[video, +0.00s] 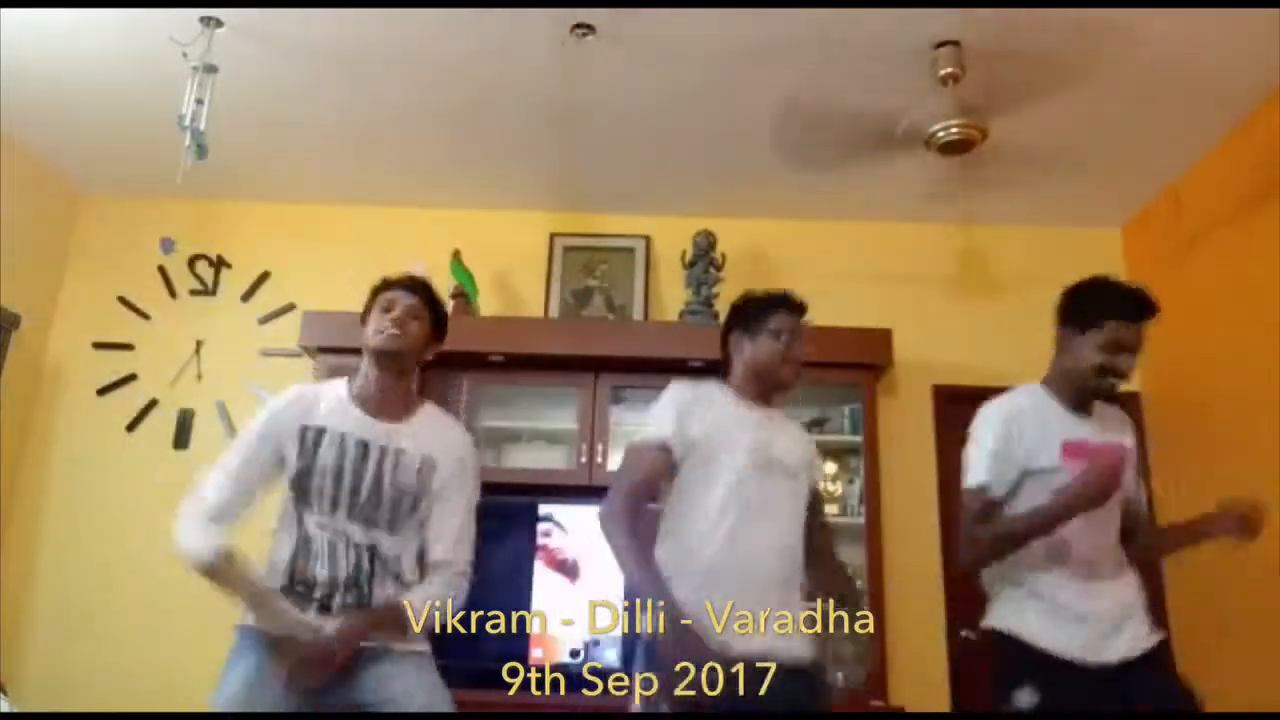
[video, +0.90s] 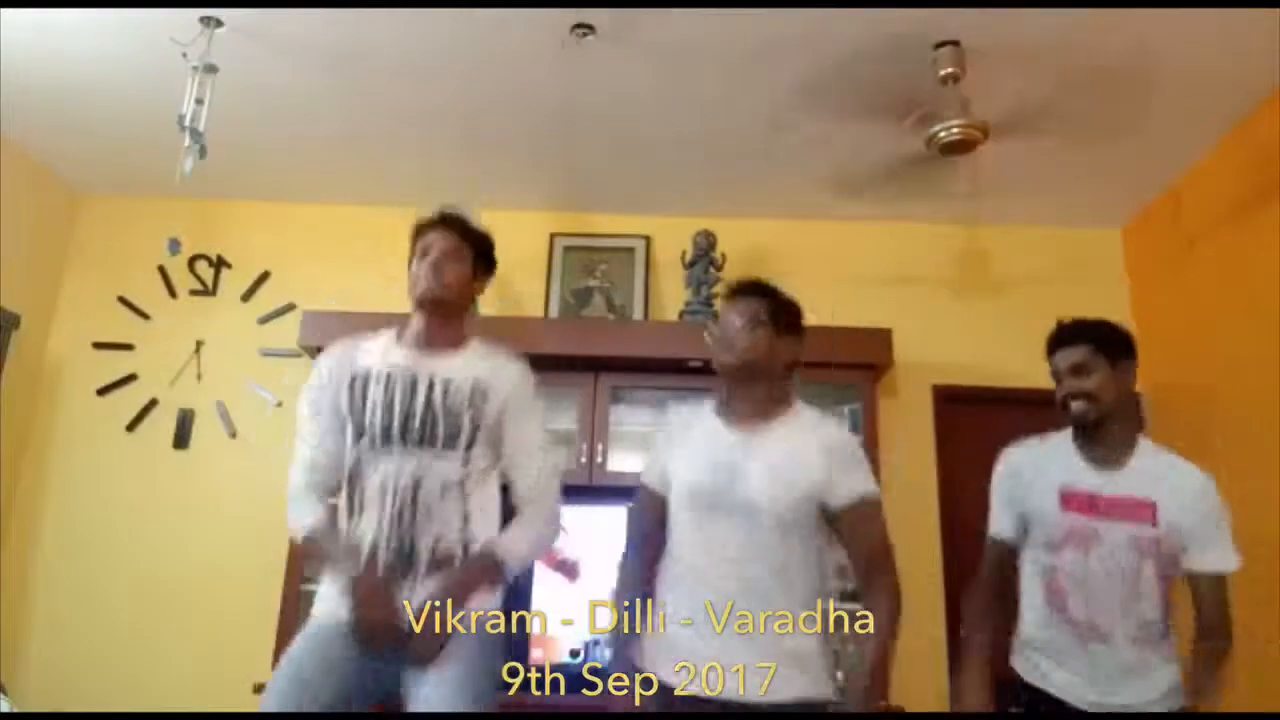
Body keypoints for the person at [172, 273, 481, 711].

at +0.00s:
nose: (394, 319)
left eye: (413, 316)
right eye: (385, 309)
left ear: (431, 346)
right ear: (364, 327)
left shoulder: (449, 443)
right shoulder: (301, 408)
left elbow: (450, 583)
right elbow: (197, 525)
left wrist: (356, 627)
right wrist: (284, 623)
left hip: (387, 649)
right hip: (279, 639)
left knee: (427, 706)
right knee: (238, 704)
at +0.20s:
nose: (429, 262)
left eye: (443, 254)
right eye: (414, 249)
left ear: (453, 274)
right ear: (384, 263)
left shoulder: (469, 368)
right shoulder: (327, 337)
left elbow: (470, 494)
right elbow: (266, 469)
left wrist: (549, 501)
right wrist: (320, 490)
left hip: (446, 578)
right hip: (341, 567)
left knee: (502, 705)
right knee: (276, 705)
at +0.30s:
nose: (438, 257)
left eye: (452, 249)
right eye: (422, 244)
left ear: (463, 268)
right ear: (393, 256)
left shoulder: (473, 362)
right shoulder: (336, 326)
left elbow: (470, 482)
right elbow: (280, 430)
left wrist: (539, 513)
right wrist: (268, 493)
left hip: (464, 555)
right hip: (358, 543)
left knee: (534, 698)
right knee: (295, 700)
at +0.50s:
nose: (464, 318)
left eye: (474, 308)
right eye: (447, 303)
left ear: (484, 325)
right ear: (413, 317)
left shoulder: (491, 442)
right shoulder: (357, 401)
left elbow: (490, 573)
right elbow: (271, 526)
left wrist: (537, 614)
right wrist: (148, 561)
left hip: (487, 642)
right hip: (391, 637)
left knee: (562, 700)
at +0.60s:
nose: (457, 283)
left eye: (471, 273)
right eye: (441, 271)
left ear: (485, 295)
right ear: (414, 288)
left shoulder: (510, 397)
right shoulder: (354, 372)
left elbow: (517, 522)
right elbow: (271, 494)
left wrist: (551, 541)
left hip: (501, 615)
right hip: (387, 615)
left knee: (559, 701)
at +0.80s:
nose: (444, 225)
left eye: (461, 218)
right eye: (431, 217)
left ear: (483, 243)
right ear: (410, 240)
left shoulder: (518, 335)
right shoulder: (347, 324)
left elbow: (557, 452)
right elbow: (292, 440)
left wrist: (493, 481)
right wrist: (359, 478)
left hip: (475, 571)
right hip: (361, 570)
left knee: (484, 705)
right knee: (296, 701)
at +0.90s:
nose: (431, 267)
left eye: (450, 258)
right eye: (423, 256)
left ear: (477, 281)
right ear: (409, 273)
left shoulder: (505, 377)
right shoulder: (343, 363)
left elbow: (542, 512)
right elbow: (305, 497)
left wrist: (454, 589)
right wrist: (360, 579)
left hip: (462, 610)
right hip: (355, 601)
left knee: (448, 704)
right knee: (284, 703)